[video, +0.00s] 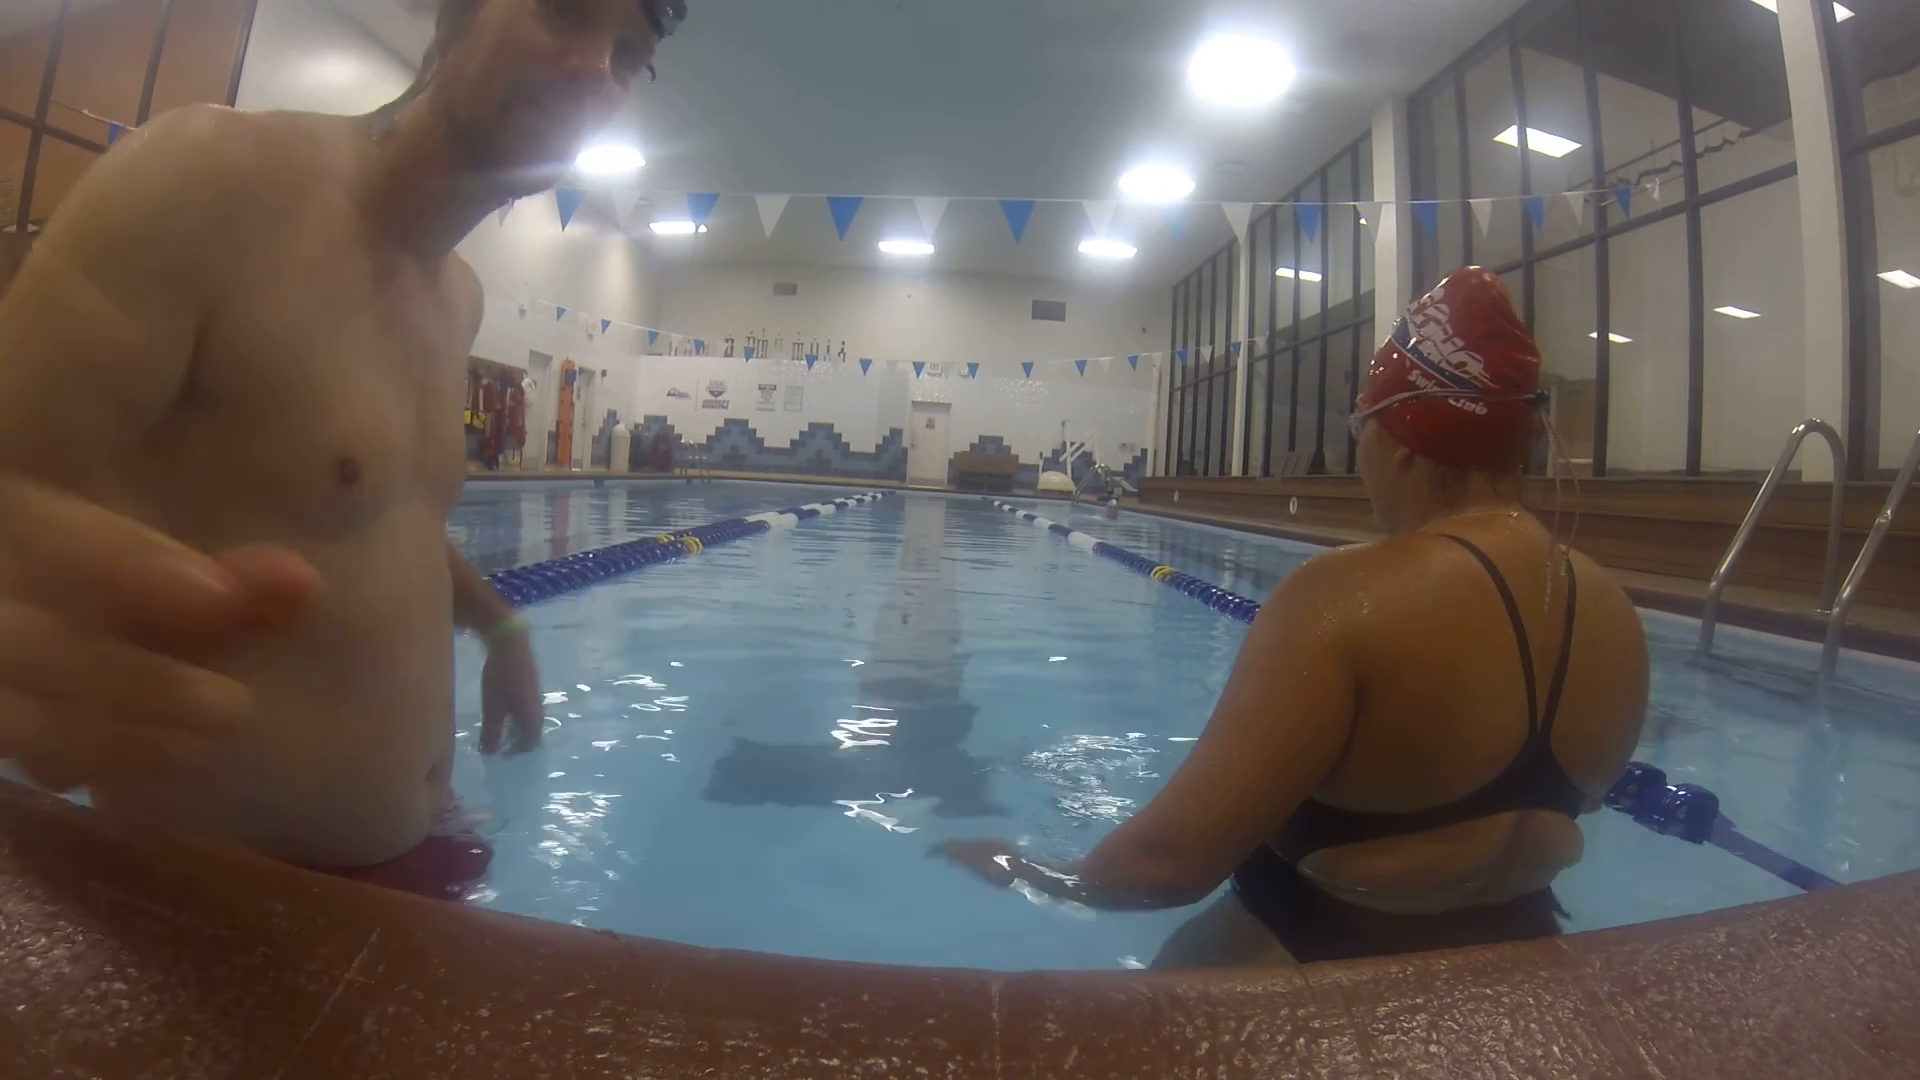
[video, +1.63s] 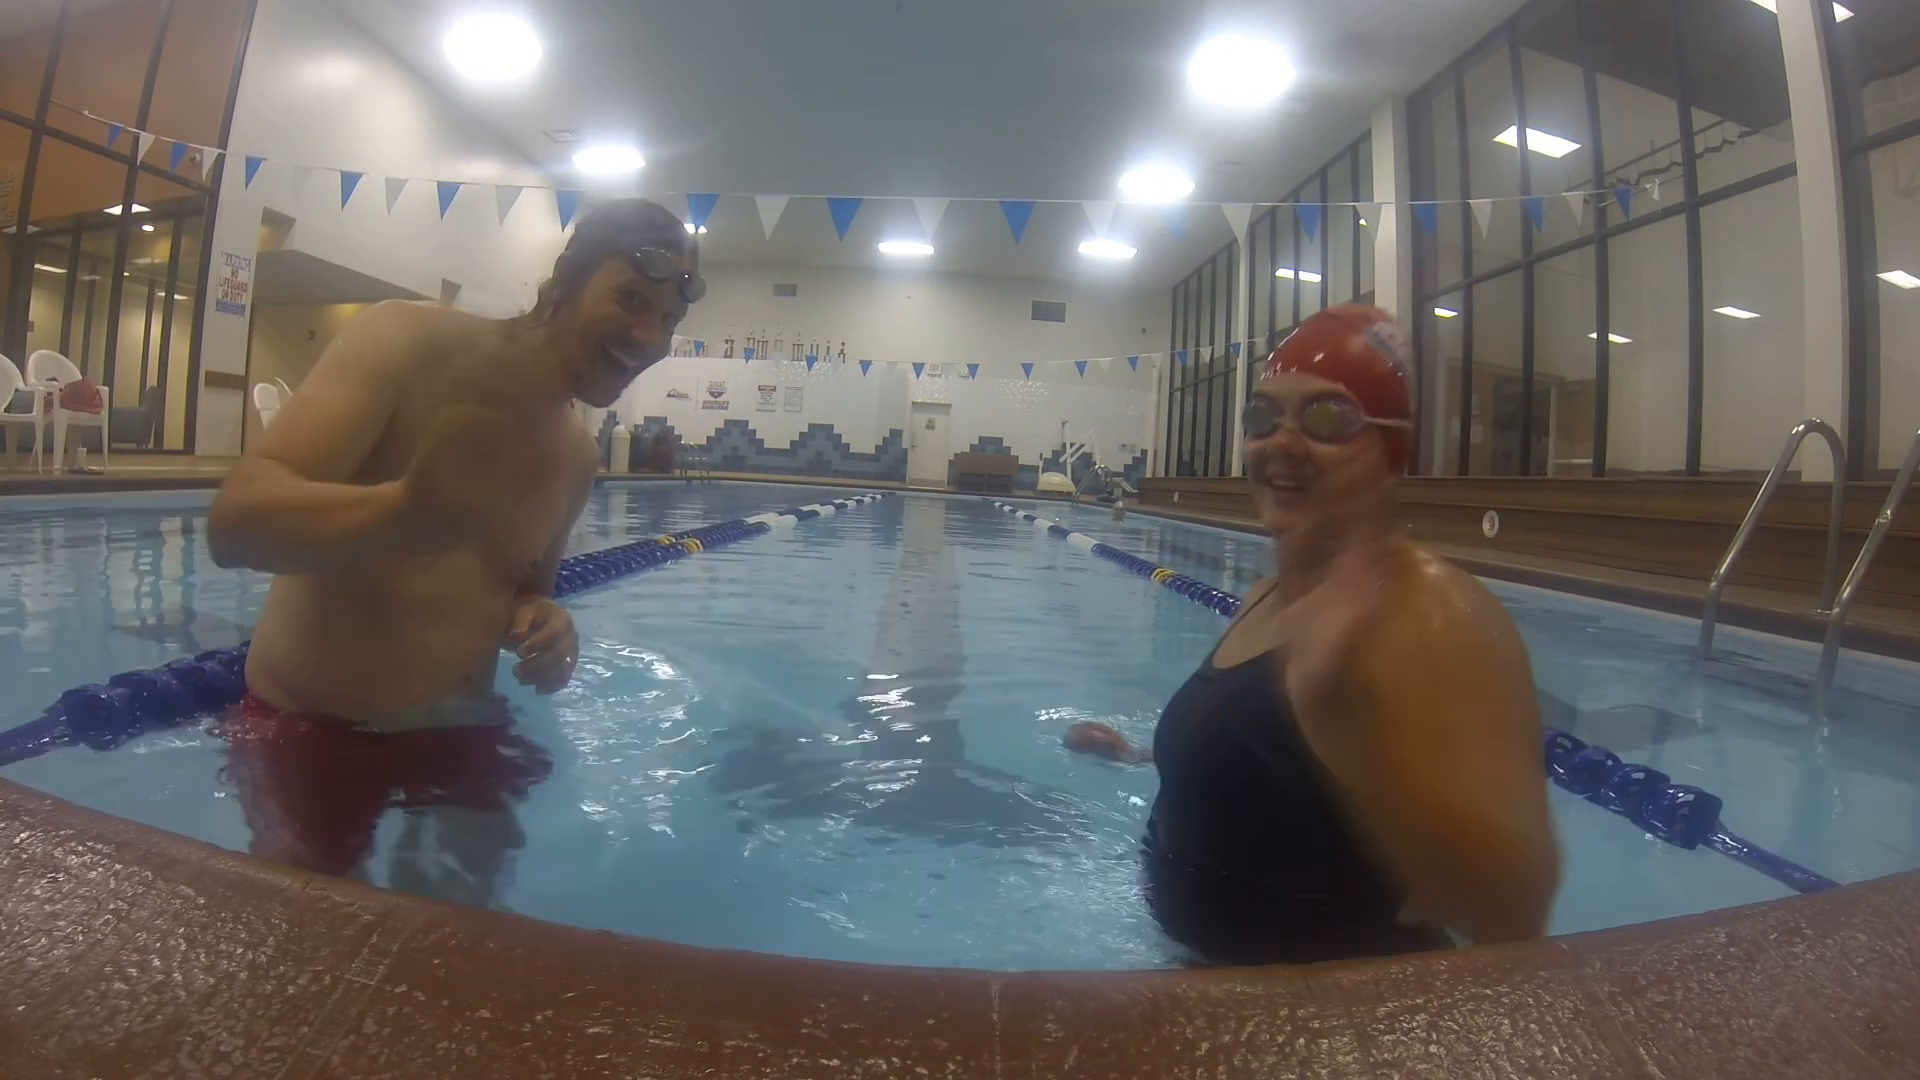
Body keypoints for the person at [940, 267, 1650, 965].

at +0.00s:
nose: (1356, 453)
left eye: (1362, 428)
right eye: (1360, 426)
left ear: (1400, 441)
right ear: (1512, 441)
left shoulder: (1338, 603)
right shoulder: (1607, 605)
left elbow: (1177, 857)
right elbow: (1580, 790)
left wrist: (1047, 879)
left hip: (1310, 974)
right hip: (1514, 966)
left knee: (1127, 1031)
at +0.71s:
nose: (1292, 428)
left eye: (1310, 403)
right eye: (1301, 402)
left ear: (1374, 427)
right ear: (1448, 429)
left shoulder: (1322, 590)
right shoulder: (1525, 585)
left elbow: (1207, 900)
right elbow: (1497, 806)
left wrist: (1036, 874)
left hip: (1303, 975)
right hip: (1464, 952)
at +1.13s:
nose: (1272, 414)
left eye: (1302, 387)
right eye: (1284, 386)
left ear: (1390, 427)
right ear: (1388, 429)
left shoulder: (1352, 610)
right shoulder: (1455, 560)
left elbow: (1274, 935)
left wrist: (1045, 867)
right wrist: (1206, 870)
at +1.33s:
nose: (1266, 418)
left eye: (1306, 394)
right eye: (1275, 396)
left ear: (1401, 438)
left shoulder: (1404, 627)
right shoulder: (1372, 589)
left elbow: (1375, 948)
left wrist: (1095, 860)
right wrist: (1203, 761)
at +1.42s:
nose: (1269, 420)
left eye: (1313, 396)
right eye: (1270, 395)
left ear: (1407, 440)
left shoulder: (1420, 633)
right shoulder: (1346, 585)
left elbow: (1417, 939)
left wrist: (1135, 833)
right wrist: (1192, 773)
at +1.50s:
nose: (1279, 427)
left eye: (1323, 405)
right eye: (1270, 404)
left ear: (1406, 445)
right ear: (1254, 420)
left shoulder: (1431, 635)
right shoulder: (1322, 584)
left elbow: (1452, 921)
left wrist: (1212, 788)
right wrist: (1174, 758)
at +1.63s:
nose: (1282, 443)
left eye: (1326, 420)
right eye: (1264, 417)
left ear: (1394, 452)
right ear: (1244, 435)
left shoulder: (1433, 619)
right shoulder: (1278, 597)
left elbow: (1508, 908)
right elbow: (1260, 774)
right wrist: (1135, 755)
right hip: (1220, 993)